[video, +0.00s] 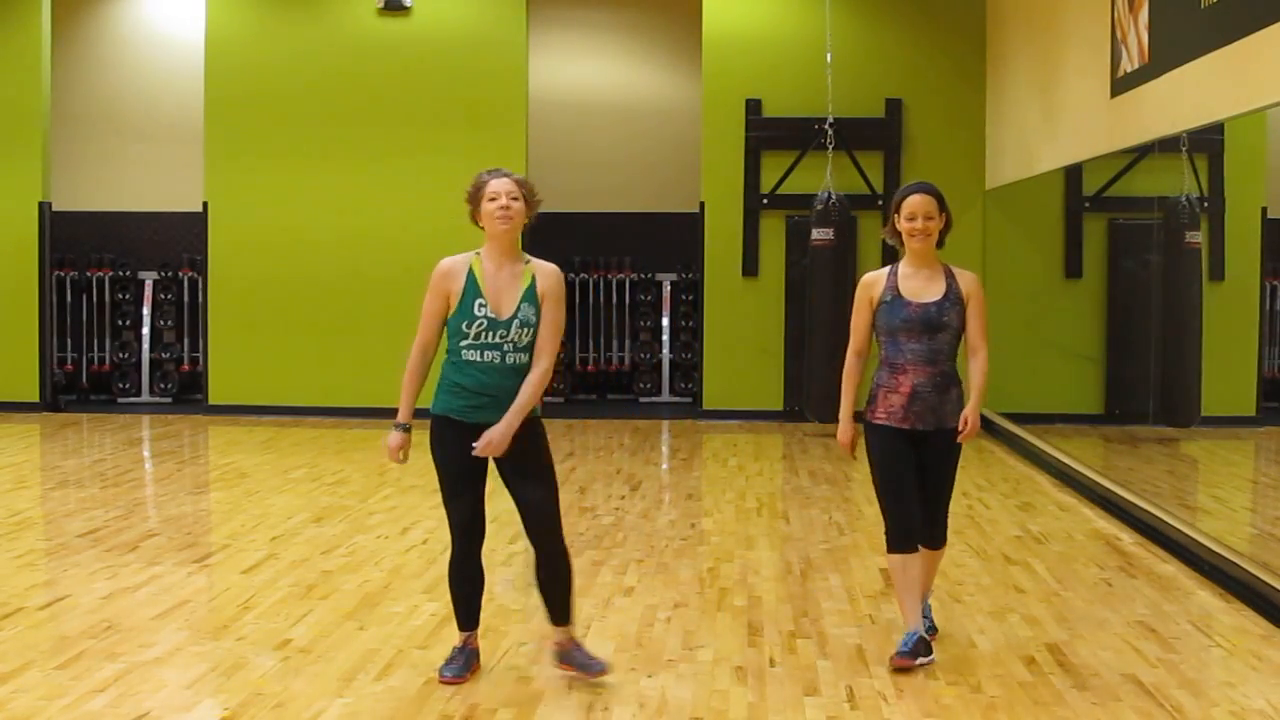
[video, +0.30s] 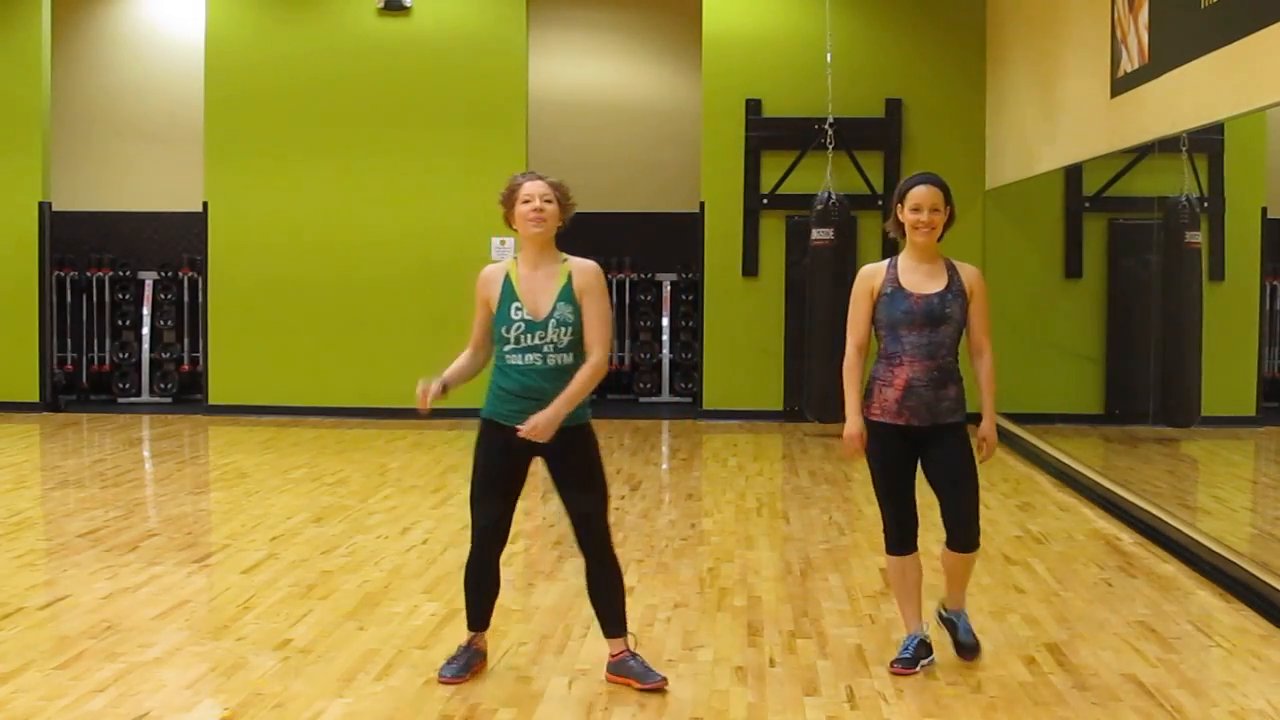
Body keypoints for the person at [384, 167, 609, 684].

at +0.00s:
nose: (505, 205)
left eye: (514, 198)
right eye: (494, 199)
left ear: (527, 212)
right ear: (477, 213)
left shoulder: (547, 277)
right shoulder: (451, 272)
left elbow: (543, 364)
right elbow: (423, 349)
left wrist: (508, 425)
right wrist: (402, 422)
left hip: (518, 420)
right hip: (456, 421)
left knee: (548, 531)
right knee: (466, 535)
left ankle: (565, 639)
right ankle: (467, 642)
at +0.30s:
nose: (537, 207)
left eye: (546, 200)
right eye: (526, 201)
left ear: (561, 214)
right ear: (510, 216)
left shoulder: (584, 274)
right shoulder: (493, 277)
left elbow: (599, 358)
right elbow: (478, 349)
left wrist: (553, 413)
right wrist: (442, 381)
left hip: (567, 425)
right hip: (503, 425)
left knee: (595, 538)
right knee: (485, 541)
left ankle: (619, 652)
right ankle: (475, 643)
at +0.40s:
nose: (545, 210)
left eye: (554, 202)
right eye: (534, 204)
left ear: (570, 215)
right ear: (520, 218)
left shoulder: (595, 274)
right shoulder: (507, 280)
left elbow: (616, 357)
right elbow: (484, 356)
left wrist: (588, 420)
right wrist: (457, 331)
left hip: (586, 425)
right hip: (523, 427)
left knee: (610, 539)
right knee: (486, 532)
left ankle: (621, 652)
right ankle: (492, 641)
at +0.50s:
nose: (549, 211)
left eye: (558, 203)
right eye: (538, 204)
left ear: (574, 213)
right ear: (525, 218)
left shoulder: (600, 271)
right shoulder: (514, 277)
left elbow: (625, 353)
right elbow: (466, 335)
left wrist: (627, 425)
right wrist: (467, 272)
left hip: (598, 426)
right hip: (535, 426)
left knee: (614, 541)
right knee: (486, 526)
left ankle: (622, 653)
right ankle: (491, 640)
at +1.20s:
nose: (581, 224)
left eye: (588, 214)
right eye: (570, 216)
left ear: (597, 218)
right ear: (546, 222)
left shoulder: (615, 278)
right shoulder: (524, 275)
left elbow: (625, 356)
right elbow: (472, 340)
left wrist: (629, 429)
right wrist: (466, 313)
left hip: (584, 432)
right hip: (524, 430)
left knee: (624, 535)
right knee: (498, 543)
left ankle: (638, 652)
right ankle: (456, 649)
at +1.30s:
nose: (589, 222)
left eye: (595, 212)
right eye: (577, 214)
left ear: (606, 215)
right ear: (556, 221)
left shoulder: (630, 273)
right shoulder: (536, 278)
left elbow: (660, 348)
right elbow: (500, 345)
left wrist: (684, 419)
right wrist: (467, 392)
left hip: (613, 430)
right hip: (551, 432)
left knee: (645, 536)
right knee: (523, 545)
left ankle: (642, 651)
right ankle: (470, 647)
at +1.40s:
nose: (594, 225)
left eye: (601, 215)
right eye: (582, 217)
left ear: (613, 218)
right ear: (563, 223)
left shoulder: (640, 276)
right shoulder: (542, 284)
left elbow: (684, 340)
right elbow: (521, 361)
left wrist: (722, 401)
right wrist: (499, 434)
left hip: (628, 429)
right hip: (565, 433)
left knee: (655, 534)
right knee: (556, 548)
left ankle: (644, 652)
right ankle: (512, 646)